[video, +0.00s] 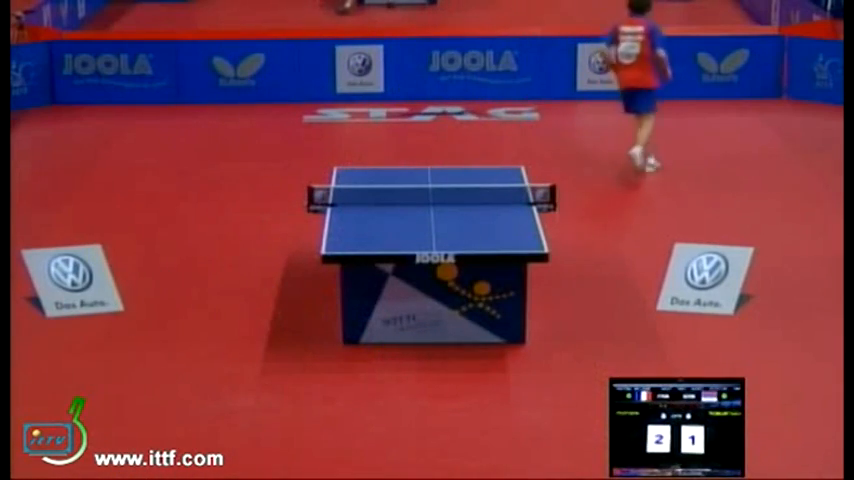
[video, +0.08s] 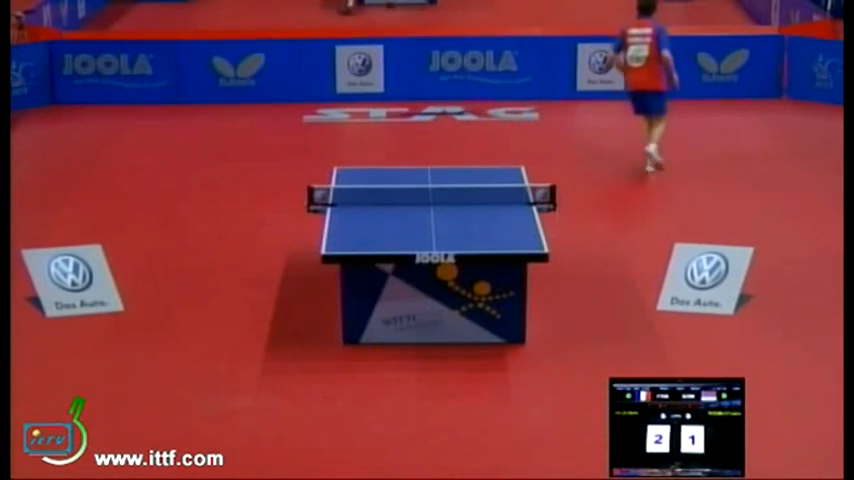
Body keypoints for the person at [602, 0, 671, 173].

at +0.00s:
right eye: (648, 7)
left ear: (629, 8)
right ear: (647, 9)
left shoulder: (618, 28)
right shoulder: (650, 28)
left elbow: (609, 52)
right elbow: (658, 53)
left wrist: (617, 71)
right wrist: (666, 73)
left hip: (626, 81)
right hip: (645, 80)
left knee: (639, 119)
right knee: (648, 117)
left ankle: (646, 157)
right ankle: (638, 148)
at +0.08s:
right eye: (653, 8)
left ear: (637, 10)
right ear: (653, 10)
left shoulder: (627, 30)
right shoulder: (658, 29)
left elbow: (615, 56)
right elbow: (665, 55)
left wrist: (627, 71)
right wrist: (673, 75)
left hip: (634, 83)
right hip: (653, 83)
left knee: (647, 120)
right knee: (660, 117)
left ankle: (649, 160)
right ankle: (653, 145)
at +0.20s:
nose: (661, 6)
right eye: (662, 4)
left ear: (647, 4)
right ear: (662, 3)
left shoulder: (637, 20)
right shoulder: (666, 19)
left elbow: (627, 44)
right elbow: (670, 42)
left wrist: (641, 55)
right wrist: (678, 66)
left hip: (645, 73)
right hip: (664, 73)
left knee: (649, 113)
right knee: (669, 111)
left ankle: (650, 154)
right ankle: (670, 151)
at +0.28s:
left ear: (652, 1)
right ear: (668, 1)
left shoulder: (643, 15)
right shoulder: (672, 15)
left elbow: (631, 38)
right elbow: (674, 36)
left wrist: (646, 47)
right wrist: (684, 60)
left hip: (650, 67)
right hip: (670, 67)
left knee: (652, 104)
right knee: (672, 105)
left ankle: (650, 145)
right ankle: (676, 142)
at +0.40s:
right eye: (678, 3)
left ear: (662, 2)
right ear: (678, 2)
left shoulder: (652, 16)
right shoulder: (682, 17)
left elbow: (640, 41)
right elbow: (688, 41)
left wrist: (656, 51)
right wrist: (700, 65)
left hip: (657, 70)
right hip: (677, 71)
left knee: (659, 104)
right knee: (680, 105)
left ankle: (653, 134)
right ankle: (679, 142)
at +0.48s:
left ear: (666, 2)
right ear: (681, 2)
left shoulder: (656, 17)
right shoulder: (687, 18)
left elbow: (646, 42)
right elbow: (697, 45)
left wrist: (658, 56)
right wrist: (710, 67)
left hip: (662, 69)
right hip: (682, 70)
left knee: (662, 103)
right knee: (682, 105)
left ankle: (660, 131)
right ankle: (679, 141)